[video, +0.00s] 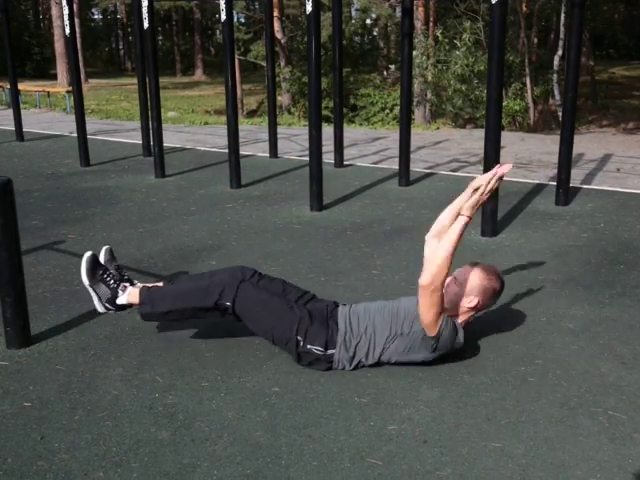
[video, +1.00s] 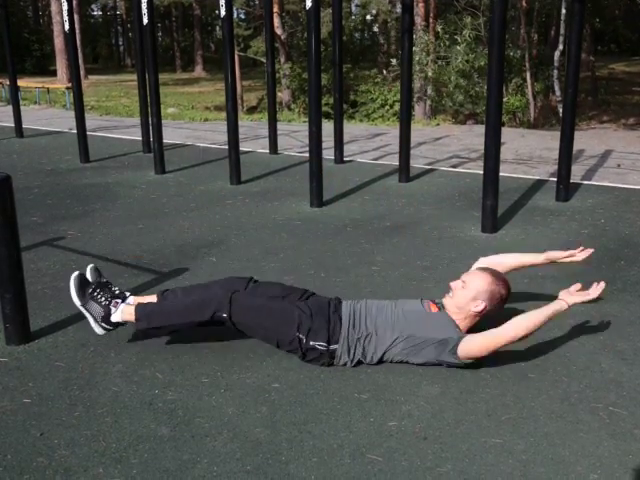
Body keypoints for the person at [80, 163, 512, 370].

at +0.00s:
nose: (454, 276)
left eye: (463, 278)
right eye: (463, 274)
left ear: (470, 300)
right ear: (469, 297)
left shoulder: (438, 333)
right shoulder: (442, 314)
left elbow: (433, 263)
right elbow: (435, 246)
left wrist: (469, 205)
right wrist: (470, 195)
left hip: (321, 336)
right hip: (325, 317)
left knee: (233, 283)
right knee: (238, 277)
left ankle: (123, 297)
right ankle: (140, 288)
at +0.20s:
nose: (398, 236)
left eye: (407, 235)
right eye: (404, 231)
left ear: (427, 255)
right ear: (426, 252)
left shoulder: (410, 288)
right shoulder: (418, 275)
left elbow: (360, 235)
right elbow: (377, 209)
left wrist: (339, 167)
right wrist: (357, 150)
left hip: (317, 340)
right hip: (324, 321)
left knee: (269, 247)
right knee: (274, 240)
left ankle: (159, 224)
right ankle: (177, 221)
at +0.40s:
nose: (343, 222)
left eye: (347, 217)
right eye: (345, 214)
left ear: (367, 229)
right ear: (371, 227)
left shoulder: (381, 259)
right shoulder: (386, 244)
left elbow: (322, 211)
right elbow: (331, 194)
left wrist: (280, 147)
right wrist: (286, 148)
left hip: (328, 345)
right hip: (338, 329)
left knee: (312, 243)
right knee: (312, 229)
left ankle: (217, 177)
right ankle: (227, 176)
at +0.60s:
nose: (369, 224)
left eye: (374, 220)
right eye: (371, 217)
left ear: (395, 233)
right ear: (401, 232)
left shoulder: (397, 271)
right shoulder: (406, 258)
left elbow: (343, 226)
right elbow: (354, 201)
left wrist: (308, 159)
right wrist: (318, 158)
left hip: (325, 342)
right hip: (334, 325)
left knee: (292, 240)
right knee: (293, 233)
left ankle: (186, 191)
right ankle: (198, 184)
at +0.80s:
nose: (437, 251)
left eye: (445, 249)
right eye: (440, 246)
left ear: (452, 269)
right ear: (447, 263)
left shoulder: (438, 315)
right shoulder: (432, 288)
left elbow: (434, 271)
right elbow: (422, 227)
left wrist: (454, 205)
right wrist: (437, 180)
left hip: (324, 337)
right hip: (330, 314)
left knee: (240, 268)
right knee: (246, 258)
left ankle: (123, 262)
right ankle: (139, 247)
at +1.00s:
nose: (462, 281)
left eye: (472, 283)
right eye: (468, 279)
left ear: (479, 309)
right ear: (466, 292)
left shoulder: (449, 341)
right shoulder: (442, 311)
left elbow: (508, 334)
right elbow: (487, 267)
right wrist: (545, 260)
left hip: (326, 333)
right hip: (327, 312)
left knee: (230, 297)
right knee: (231, 287)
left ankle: (119, 315)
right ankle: (128, 307)